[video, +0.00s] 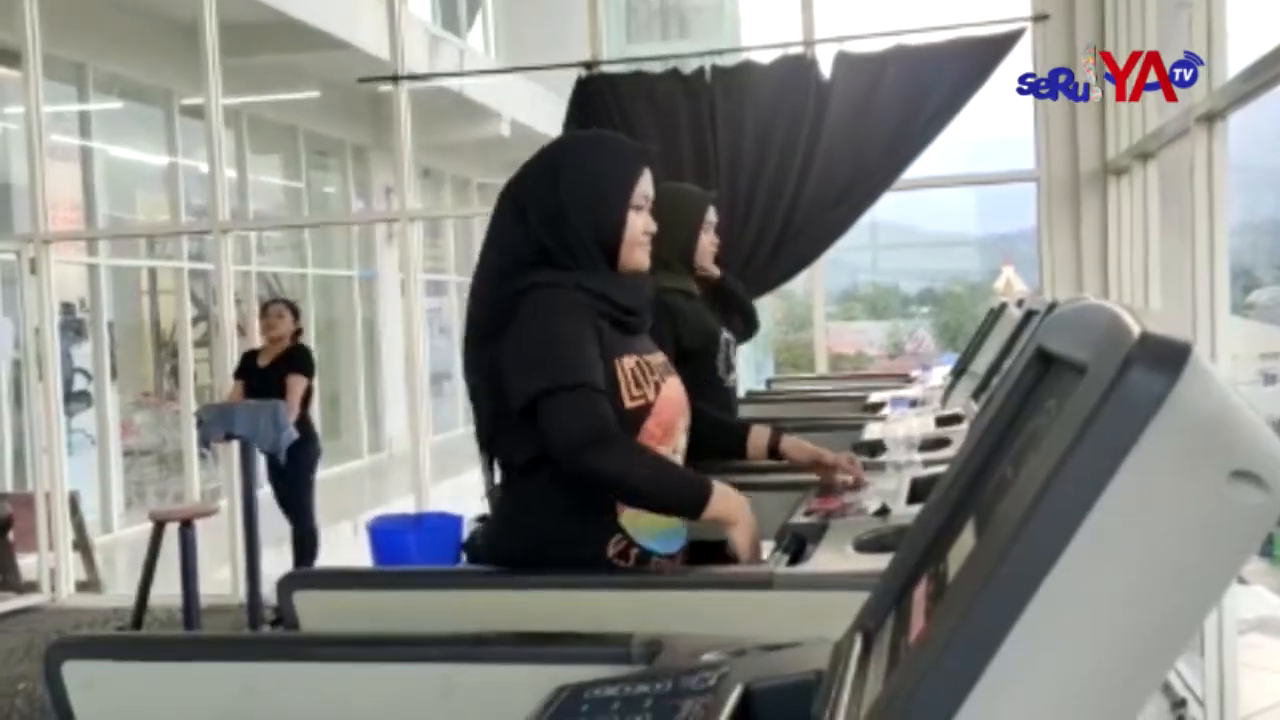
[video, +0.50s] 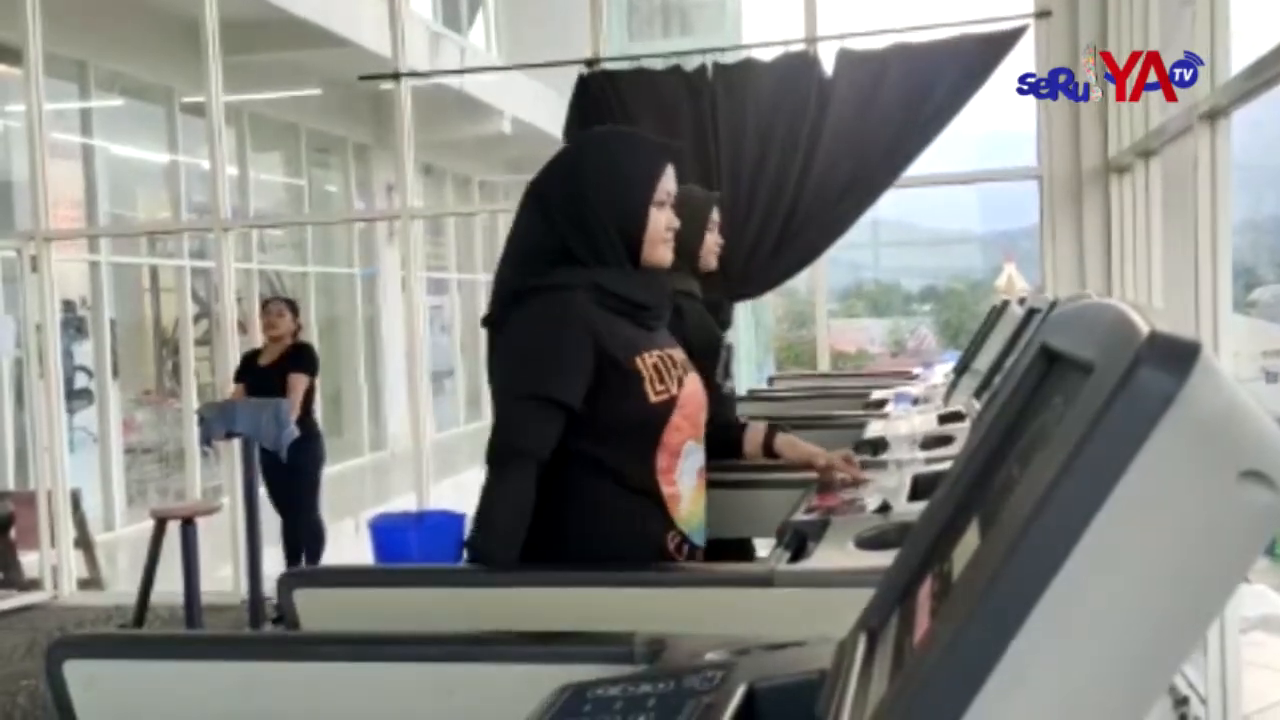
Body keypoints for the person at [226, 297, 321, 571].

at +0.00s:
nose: (272, 322)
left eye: (280, 316)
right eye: (267, 317)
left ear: (295, 324)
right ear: (261, 324)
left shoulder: (299, 355)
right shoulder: (250, 359)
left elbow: (293, 399)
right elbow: (236, 397)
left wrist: (279, 431)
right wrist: (222, 423)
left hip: (299, 435)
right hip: (268, 437)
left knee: (301, 508)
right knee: (289, 508)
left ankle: (302, 574)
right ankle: (304, 570)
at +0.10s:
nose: (271, 322)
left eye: (280, 316)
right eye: (267, 317)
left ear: (294, 324)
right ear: (261, 323)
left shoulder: (297, 353)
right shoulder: (252, 358)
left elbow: (292, 397)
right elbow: (238, 396)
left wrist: (279, 429)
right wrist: (224, 422)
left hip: (299, 432)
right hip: (271, 434)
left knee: (300, 506)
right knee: (290, 507)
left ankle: (302, 572)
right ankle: (304, 568)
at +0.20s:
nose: (271, 322)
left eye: (279, 316)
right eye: (267, 317)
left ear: (295, 323)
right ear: (261, 324)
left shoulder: (297, 353)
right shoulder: (253, 358)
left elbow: (292, 399)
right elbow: (238, 396)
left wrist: (279, 431)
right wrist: (222, 422)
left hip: (300, 434)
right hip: (273, 436)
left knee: (298, 509)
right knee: (294, 509)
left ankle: (301, 574)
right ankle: (305, 571)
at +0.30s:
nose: (271, 321)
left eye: (279, 316)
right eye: (266, 316)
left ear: (294, 323)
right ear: (261, 323)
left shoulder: (298, 352)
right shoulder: (254, 358)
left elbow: (293, 395)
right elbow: (238, 395)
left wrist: (282, 429)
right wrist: (222, 421)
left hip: (300, 433)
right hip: (273, 435)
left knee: (301, 506)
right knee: (292, 507)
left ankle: (303, 572)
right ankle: (303, 570)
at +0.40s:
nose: (271, 320)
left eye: (279, 315)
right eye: (266, 315)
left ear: (295, 322)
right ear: (261, 322)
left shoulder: (300, 352)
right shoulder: (253, 358)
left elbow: (294, 396)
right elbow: (238, 396)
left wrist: (282, 429)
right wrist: (221, 422)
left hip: (301, 435)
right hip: (271, 438)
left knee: (303, 508)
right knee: (290, 508)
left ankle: (303, 573)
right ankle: (304, 569)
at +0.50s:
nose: (272, 320)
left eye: (280, 315)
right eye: (267, 315)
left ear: (294, 322)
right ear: (261, 322)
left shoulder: (301, 352)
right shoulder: (251, 359)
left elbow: (295, 398)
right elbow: (238, 398)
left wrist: (282, 429)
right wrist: (224, 423)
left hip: (302, 436)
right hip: (267, 439)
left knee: (305, 509)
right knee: (288, 512)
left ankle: (312, 571)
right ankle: (292, 574)